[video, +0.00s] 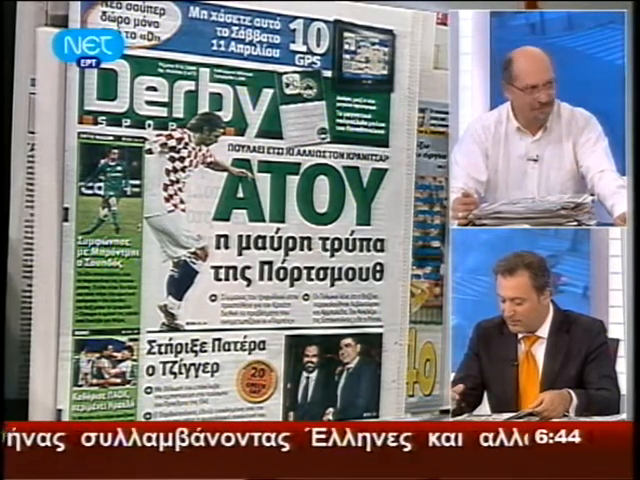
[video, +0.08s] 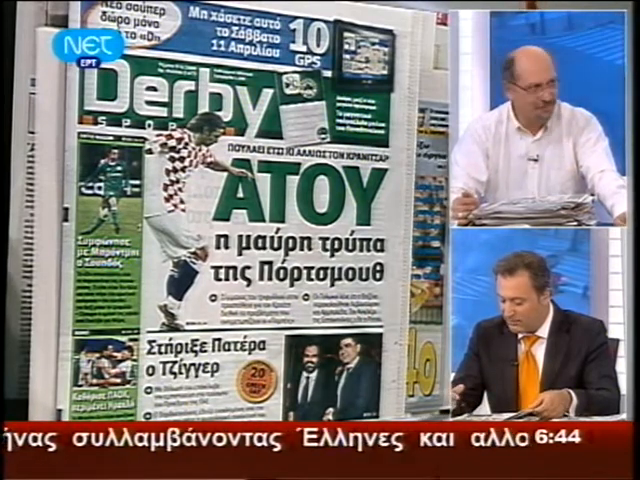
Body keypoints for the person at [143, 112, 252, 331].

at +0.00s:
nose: (215, 141)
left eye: (217, 137)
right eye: (215, 136)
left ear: (207, 132)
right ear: (205, 130)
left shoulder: (199, 150)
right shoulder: (179, 137)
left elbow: (212, 162)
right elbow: (149, 145)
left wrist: (232, 170)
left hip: (166, 209)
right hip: (161, 208)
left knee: (180, 262)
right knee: (200, 251)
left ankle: (171, 317)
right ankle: (172, 304)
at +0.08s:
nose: (215, 141)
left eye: (217, 137)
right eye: (215, 136)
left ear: (207, 132)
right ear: (205, 130)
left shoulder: (199, 150)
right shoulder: (179, 137)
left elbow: (212, 162)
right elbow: (149, 145)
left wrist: (232, 170)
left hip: (166, 209)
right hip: (161, 208)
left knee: (180, 262)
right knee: (200, 251)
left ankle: (171, 317)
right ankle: (172, 304)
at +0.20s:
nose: (215, 141)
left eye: (217, 137)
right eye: (215, 136)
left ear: (207, 132)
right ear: (205, 130)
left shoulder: (199, 150)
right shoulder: (179, 137)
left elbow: (212, 162)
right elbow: (149, 145)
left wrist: (232, 170)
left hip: (166, 209)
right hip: (161, 208)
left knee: (180, 262)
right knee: (200, 251)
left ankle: (171, 317)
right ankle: (172, 304)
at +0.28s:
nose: (215, 141)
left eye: (217, 137)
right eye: (215, 136)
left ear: (207, 132)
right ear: (205, 130)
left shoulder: (199, 150)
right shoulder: (179, 137)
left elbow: (212, 162)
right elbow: (149, 145)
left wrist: (232, 170)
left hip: (166, 209)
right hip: (161, 208)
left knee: (180, 262)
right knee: (200, 251)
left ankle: (171, 317)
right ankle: (172, 304)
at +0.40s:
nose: (215, 141)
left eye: (217, 137)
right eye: (215, 136)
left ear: (207, 132)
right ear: (205, 130)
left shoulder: (199, 150)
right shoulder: (179, 137)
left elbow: (212, 162)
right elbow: (149, 145)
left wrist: (232, 170)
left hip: (166, 209)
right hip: (161, 208)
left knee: (180, 262)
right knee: (200, 251)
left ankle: (171, 317)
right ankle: (172, 304)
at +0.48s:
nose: (215, 141)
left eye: (217, 137)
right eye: (215, 136)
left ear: (207, 132)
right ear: (205, 130)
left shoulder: (199, 150)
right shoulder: (179, 137)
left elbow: (212, 162)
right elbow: (149, 145)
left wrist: (232, 170)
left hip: (166, 209)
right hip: (161, 208)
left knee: (180, 262)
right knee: (200, 251)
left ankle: (171, 317)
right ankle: (172, 304)